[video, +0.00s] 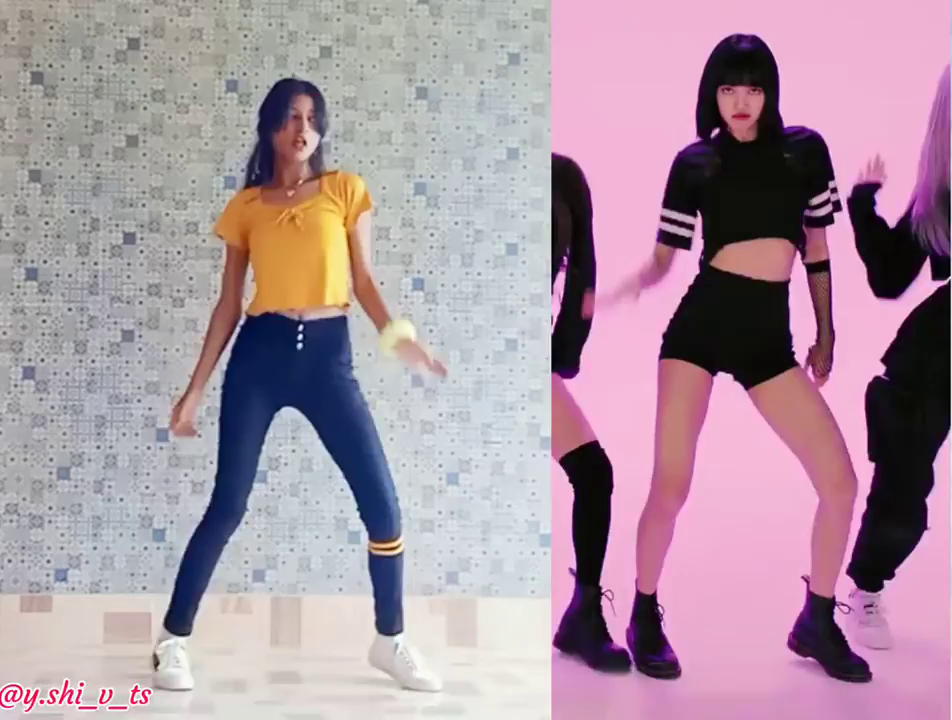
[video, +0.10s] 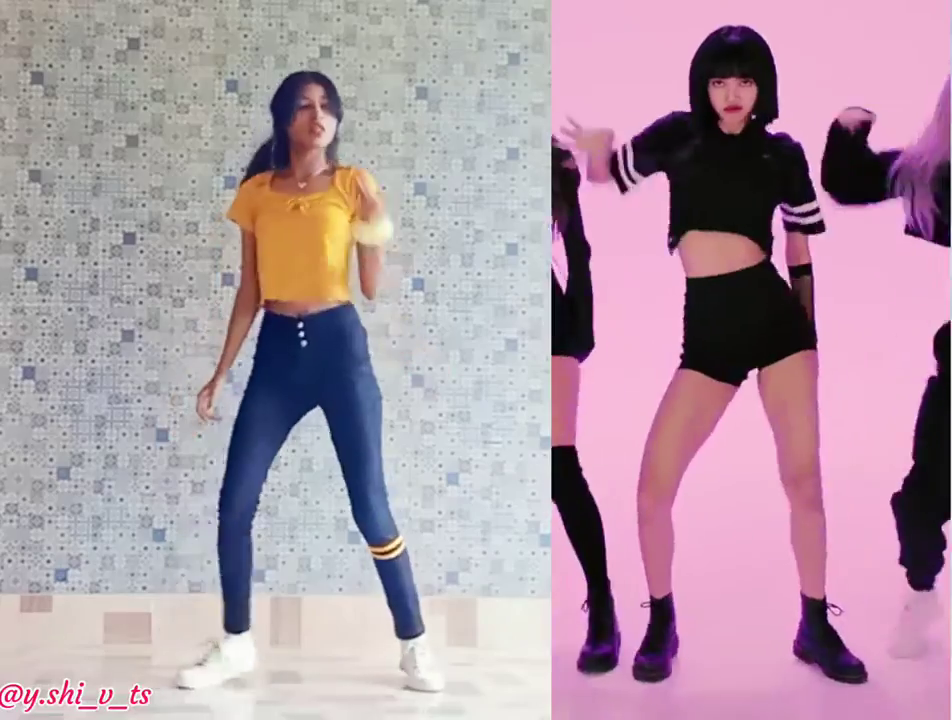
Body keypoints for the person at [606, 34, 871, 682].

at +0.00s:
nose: (741, 100)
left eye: (753, 87)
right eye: (728, 88)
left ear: (770, 91)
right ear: (712, 94)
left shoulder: (803, 150)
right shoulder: (695, 163)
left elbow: (817, 248)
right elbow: (663, 256)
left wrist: (825, 333)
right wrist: (633, 282)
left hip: (767, 335)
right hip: (698, 327)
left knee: (839, 484)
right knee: (670, 486)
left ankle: (817, 620)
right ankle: (644, 617)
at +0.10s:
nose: (732, 92)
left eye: (744, 79)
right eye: (721, 80)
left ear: (763, 86)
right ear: (701, 84)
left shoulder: (781, 153)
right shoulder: (677, 135)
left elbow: (801, 249)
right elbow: (608, 173)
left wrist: (805, 329)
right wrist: (595, 146)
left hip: (778, 325)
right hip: (709, 333)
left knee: (804, 481)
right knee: (653, 488)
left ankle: (814, 624)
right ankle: (661, 623)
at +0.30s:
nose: (714, 92)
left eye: (726, 80)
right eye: (701, 80)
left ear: (741, 84)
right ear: (682, 85)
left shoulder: (759, 152)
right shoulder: (660, 133)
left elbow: (763, 256)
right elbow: (653, 216)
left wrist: (754, 350)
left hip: (759, 323)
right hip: (691, 327)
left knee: (800, 469)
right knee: (639, 480)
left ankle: (789, 581)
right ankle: (645, 620)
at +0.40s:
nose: (709, 100)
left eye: (721, 88)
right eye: (697, 87)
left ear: (737, 96)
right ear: (678, 93)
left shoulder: (756, 161)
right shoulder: (664, 139)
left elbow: (746, 261)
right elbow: (734, 180)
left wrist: (754, 373)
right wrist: (816, 191)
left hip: (767, 325)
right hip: (701, 335)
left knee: (792, 480)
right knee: (636, 477)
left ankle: (782, 555)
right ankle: (636, 622)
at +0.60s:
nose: (724, 99)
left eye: (736, 89)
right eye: (712, 88)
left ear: (748, 96)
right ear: (692, 95)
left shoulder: (768, 155)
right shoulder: (676, 146)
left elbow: (774, 242)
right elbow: (730, 162)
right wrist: (816, 135)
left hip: (795, 315)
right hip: (734, 326)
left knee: (795, 464)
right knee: (702, 487)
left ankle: (763, 568)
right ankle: (625, 620)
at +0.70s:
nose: (725, 94)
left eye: (736, 83)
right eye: (711, 84)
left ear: (749, 89)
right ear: (691, 92)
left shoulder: (768, 146)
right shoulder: (674, 146)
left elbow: (785, 227)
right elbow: (675, 165)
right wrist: (744, 122)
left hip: (787, 315)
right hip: (727, 320)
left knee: (770, 471)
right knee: (738, 483)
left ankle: (730, 576)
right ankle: (664, 612)